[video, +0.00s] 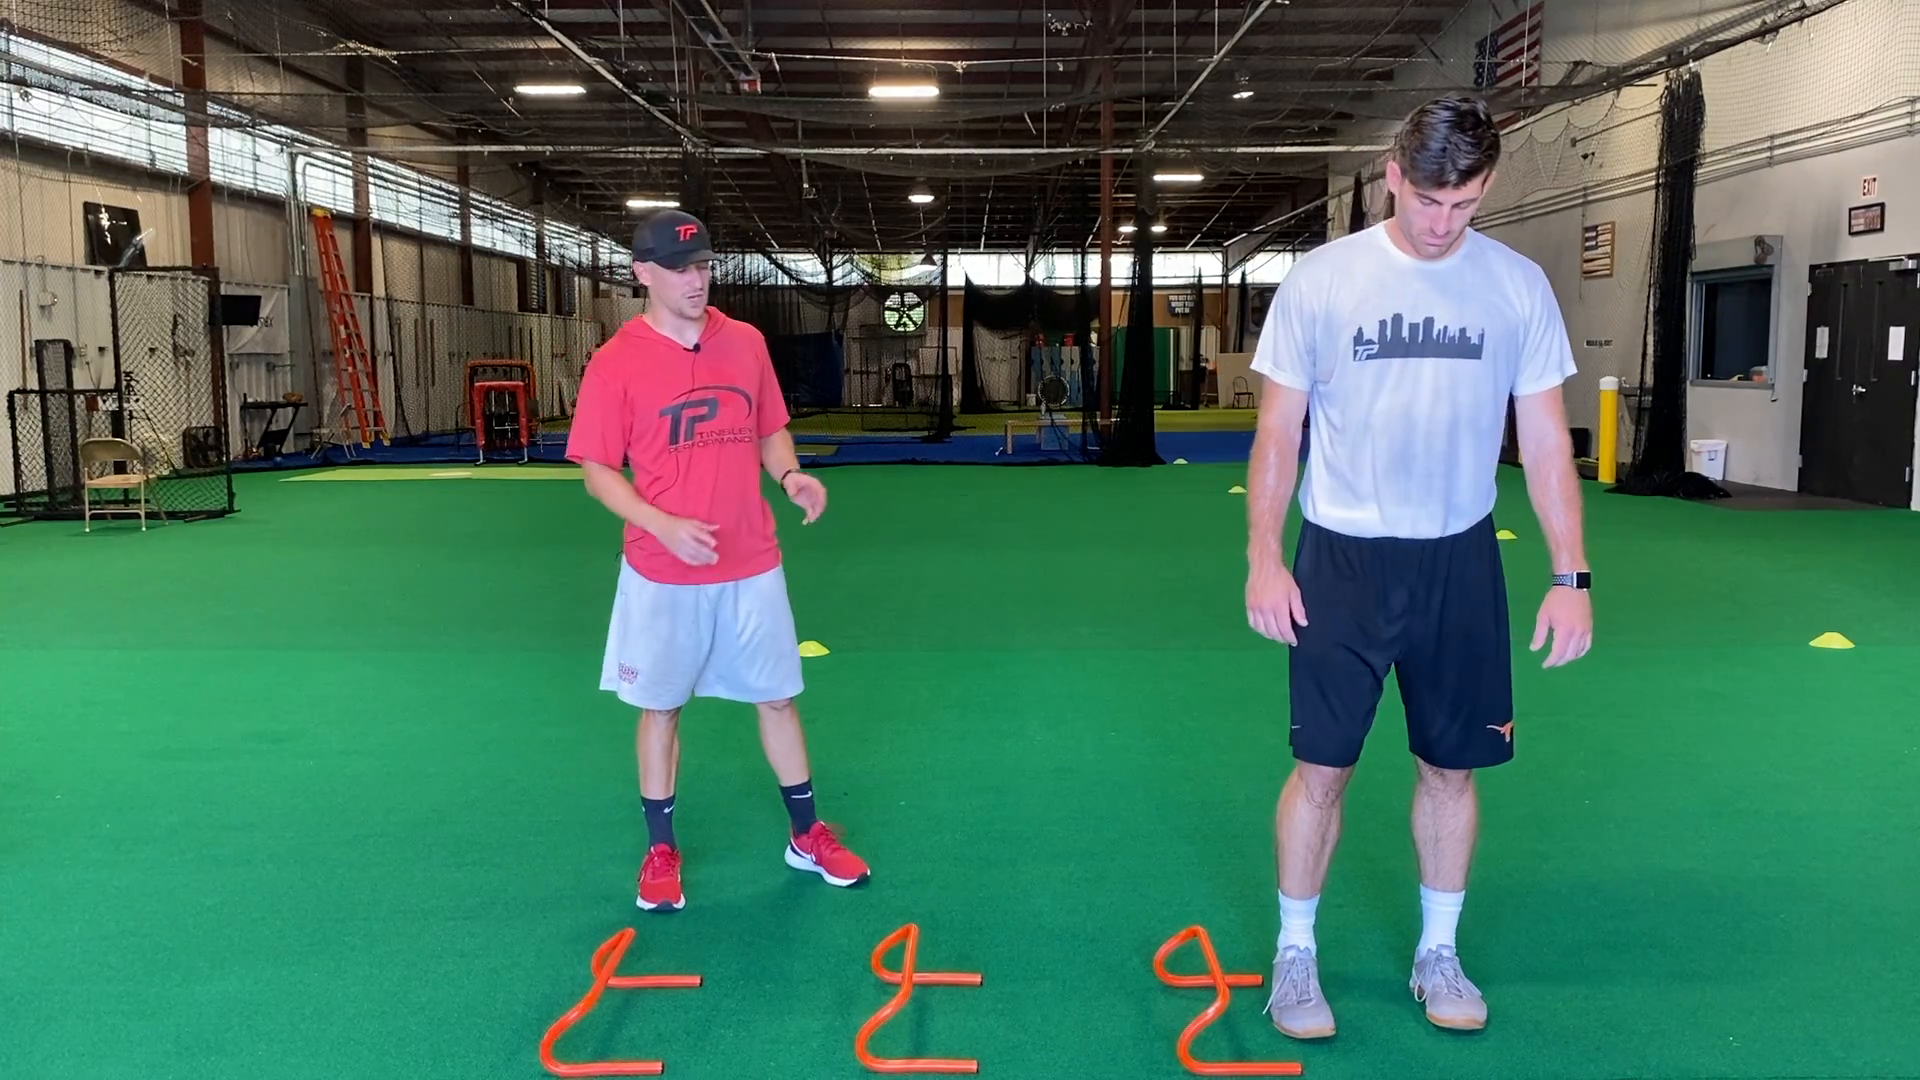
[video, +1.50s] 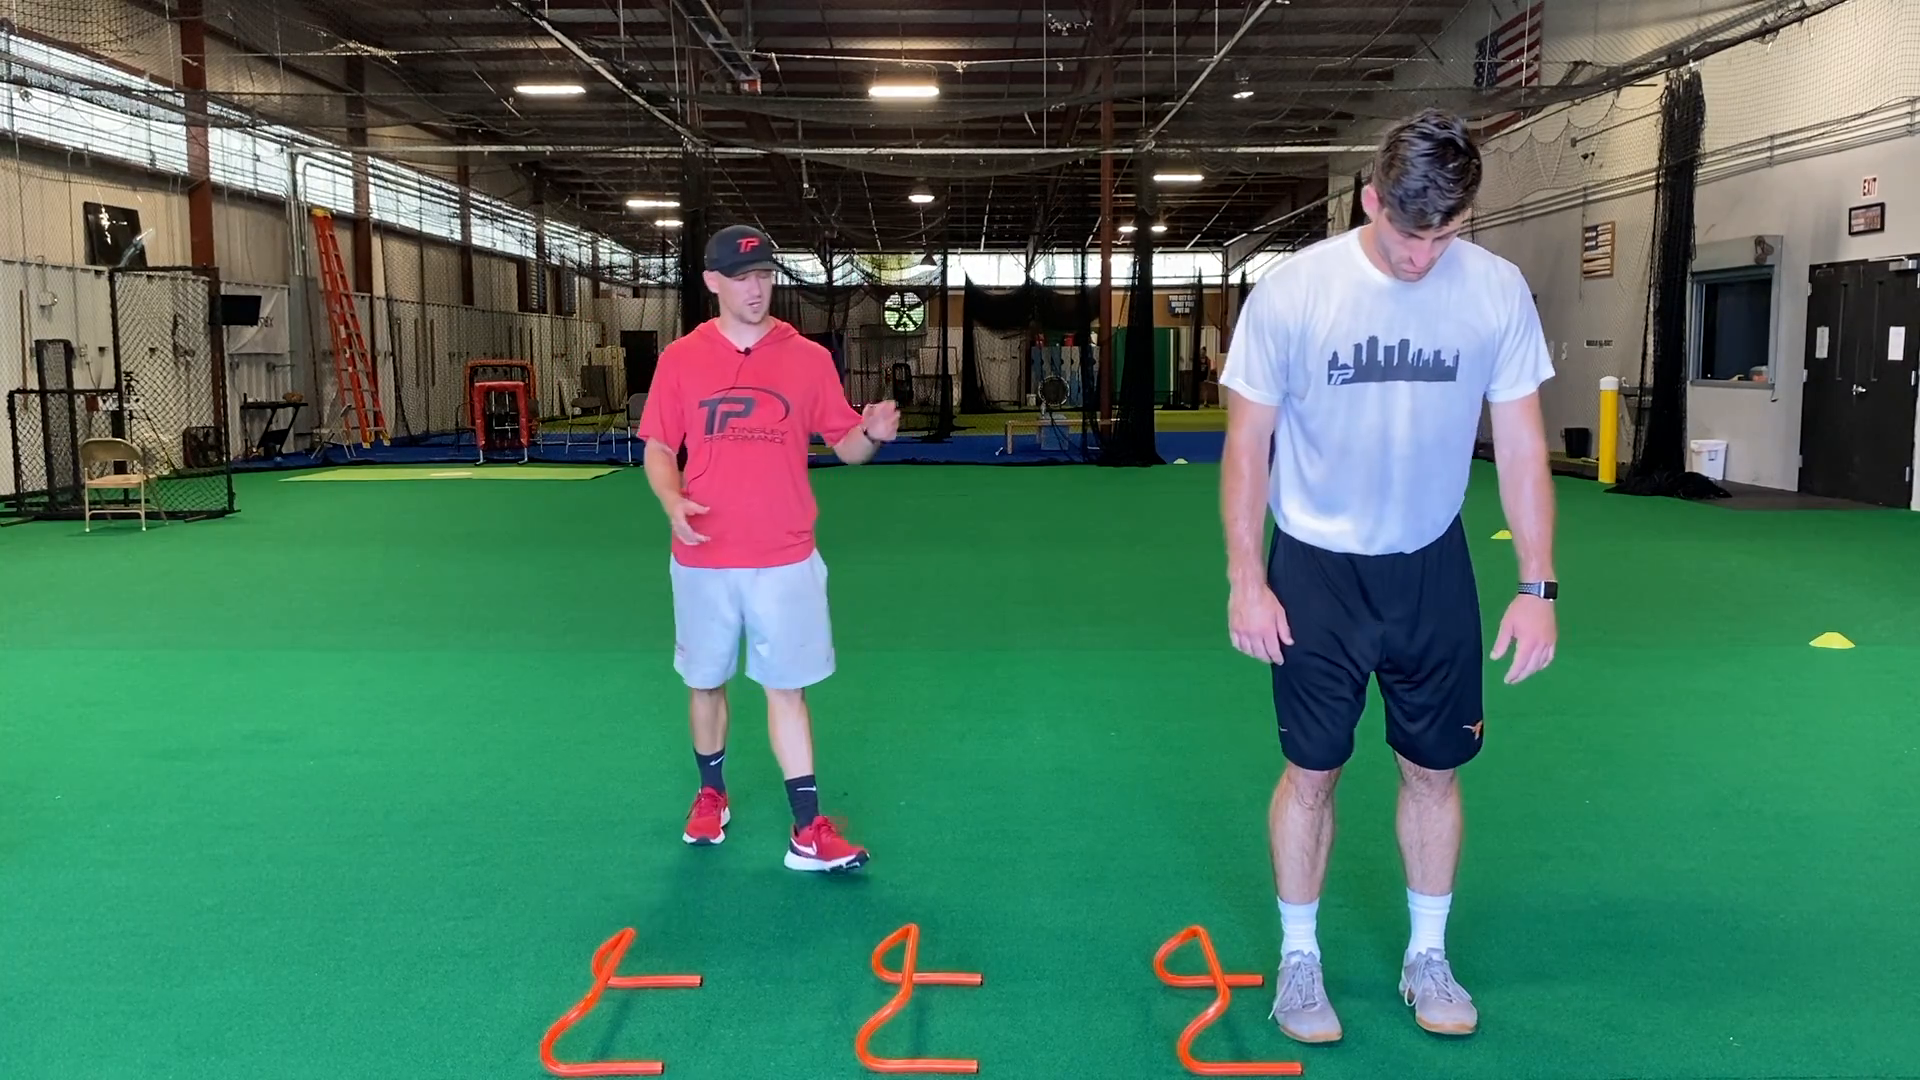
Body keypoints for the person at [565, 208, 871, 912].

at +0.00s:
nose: (700, 278)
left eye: (704, 264)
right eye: (684, 267)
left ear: (712, 267)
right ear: (645, 275)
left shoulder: (745, 344)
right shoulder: (616, 364)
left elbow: (772, 430)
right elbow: (597, 470)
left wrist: (792, 473)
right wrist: (661, 524)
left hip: (751, 563)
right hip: (665, 572)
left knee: (778, 695)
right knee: (660, 706)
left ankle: (808, 835)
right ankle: (661, 850)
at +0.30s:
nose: (760, 273)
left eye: (766, 261)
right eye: (743, 262)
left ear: (774, 268)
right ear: (708, 270)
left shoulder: (801, 349)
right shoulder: (672, 357)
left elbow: (834, 436)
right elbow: (655, 461)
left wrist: (823, 452)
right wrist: (682, 519)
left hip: (795, 560)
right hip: (711, 565)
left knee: (795, 695)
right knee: (690, 703)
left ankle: (808, 835)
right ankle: (665, 850)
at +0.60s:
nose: (798, 271)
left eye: (810, 260)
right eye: (785, 259)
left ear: (825, 272)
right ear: (761, 268)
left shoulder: (849, 355)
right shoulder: (719, 349)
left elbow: (870, 441)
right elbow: (692, 445)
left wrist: (861, 462)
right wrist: (711, 509)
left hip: (829, 559)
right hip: (746, 560)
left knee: (811, 691)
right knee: (725, 696)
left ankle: (811, 834)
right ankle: (680, 845)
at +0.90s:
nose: (821, 276)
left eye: (833, 266)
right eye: (809, 263)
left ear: (847, 277)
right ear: (782, 268)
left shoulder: (871, 361)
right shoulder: (736, 346)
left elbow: (906, 450)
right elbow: (705, 437)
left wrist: (867, 469)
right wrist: (719, 505)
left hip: (831, 559)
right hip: (749, 555)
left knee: (814, 690)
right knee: (732, 689)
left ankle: (811, 831)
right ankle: (702, 818)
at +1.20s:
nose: (810, 283)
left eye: (819, 271)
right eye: (797, 271)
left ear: (829, 278)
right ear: (768, 274)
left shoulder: (852, 362)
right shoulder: (721, 351)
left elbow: (874, 448)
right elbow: (693, 442)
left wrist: (858, 461)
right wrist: (712, 504)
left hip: (823, 556)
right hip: (741, 556)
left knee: (809, 687)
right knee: (718, 689)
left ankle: (811, 830)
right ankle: (703, 778)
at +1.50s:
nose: (756, 286)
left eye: (764, 274)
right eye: (742, 275)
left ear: (775, 278)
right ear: (713, 282)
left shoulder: (807, 359)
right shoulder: (681, 360)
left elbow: (848, 449)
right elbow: (658, 447)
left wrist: (872, 433)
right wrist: (672, 500)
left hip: (785, 556)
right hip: (703, 557)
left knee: (787, 685)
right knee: (704, 680)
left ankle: (808, 827)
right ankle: (710, 796)